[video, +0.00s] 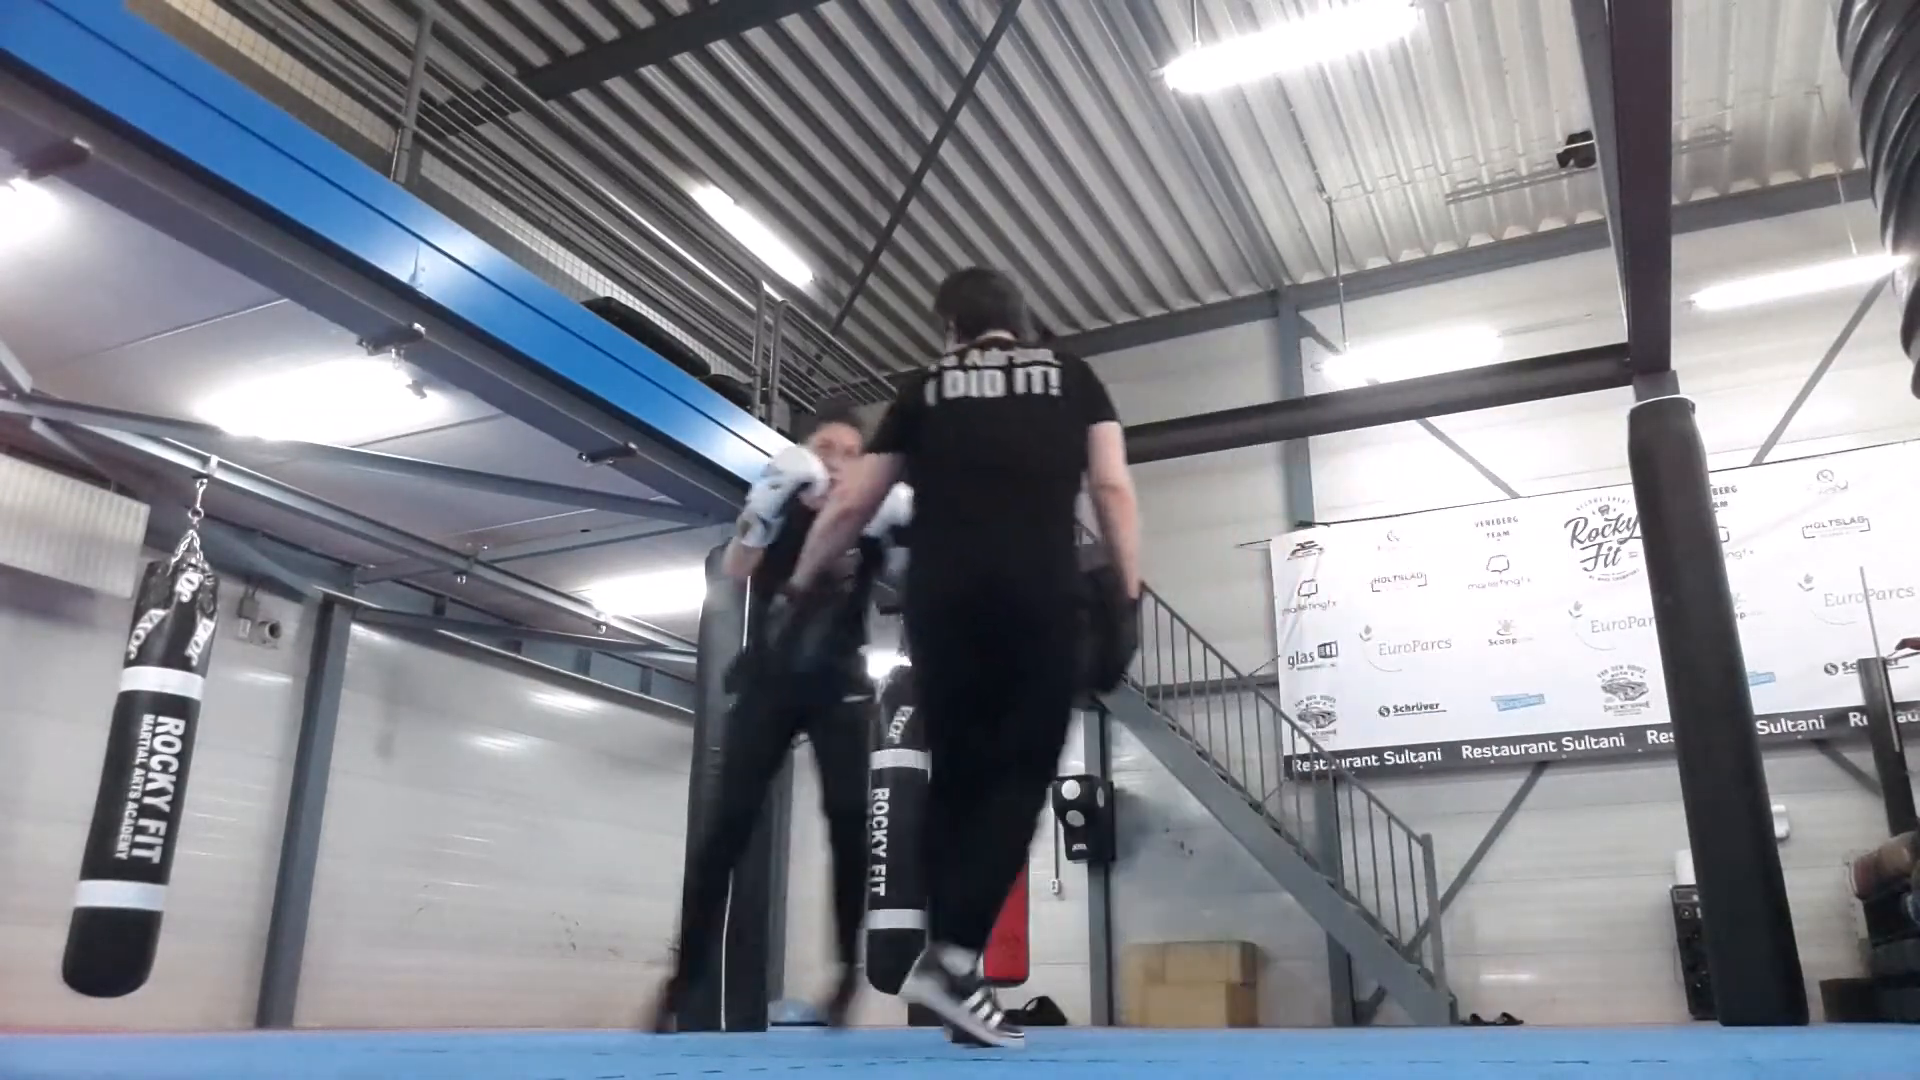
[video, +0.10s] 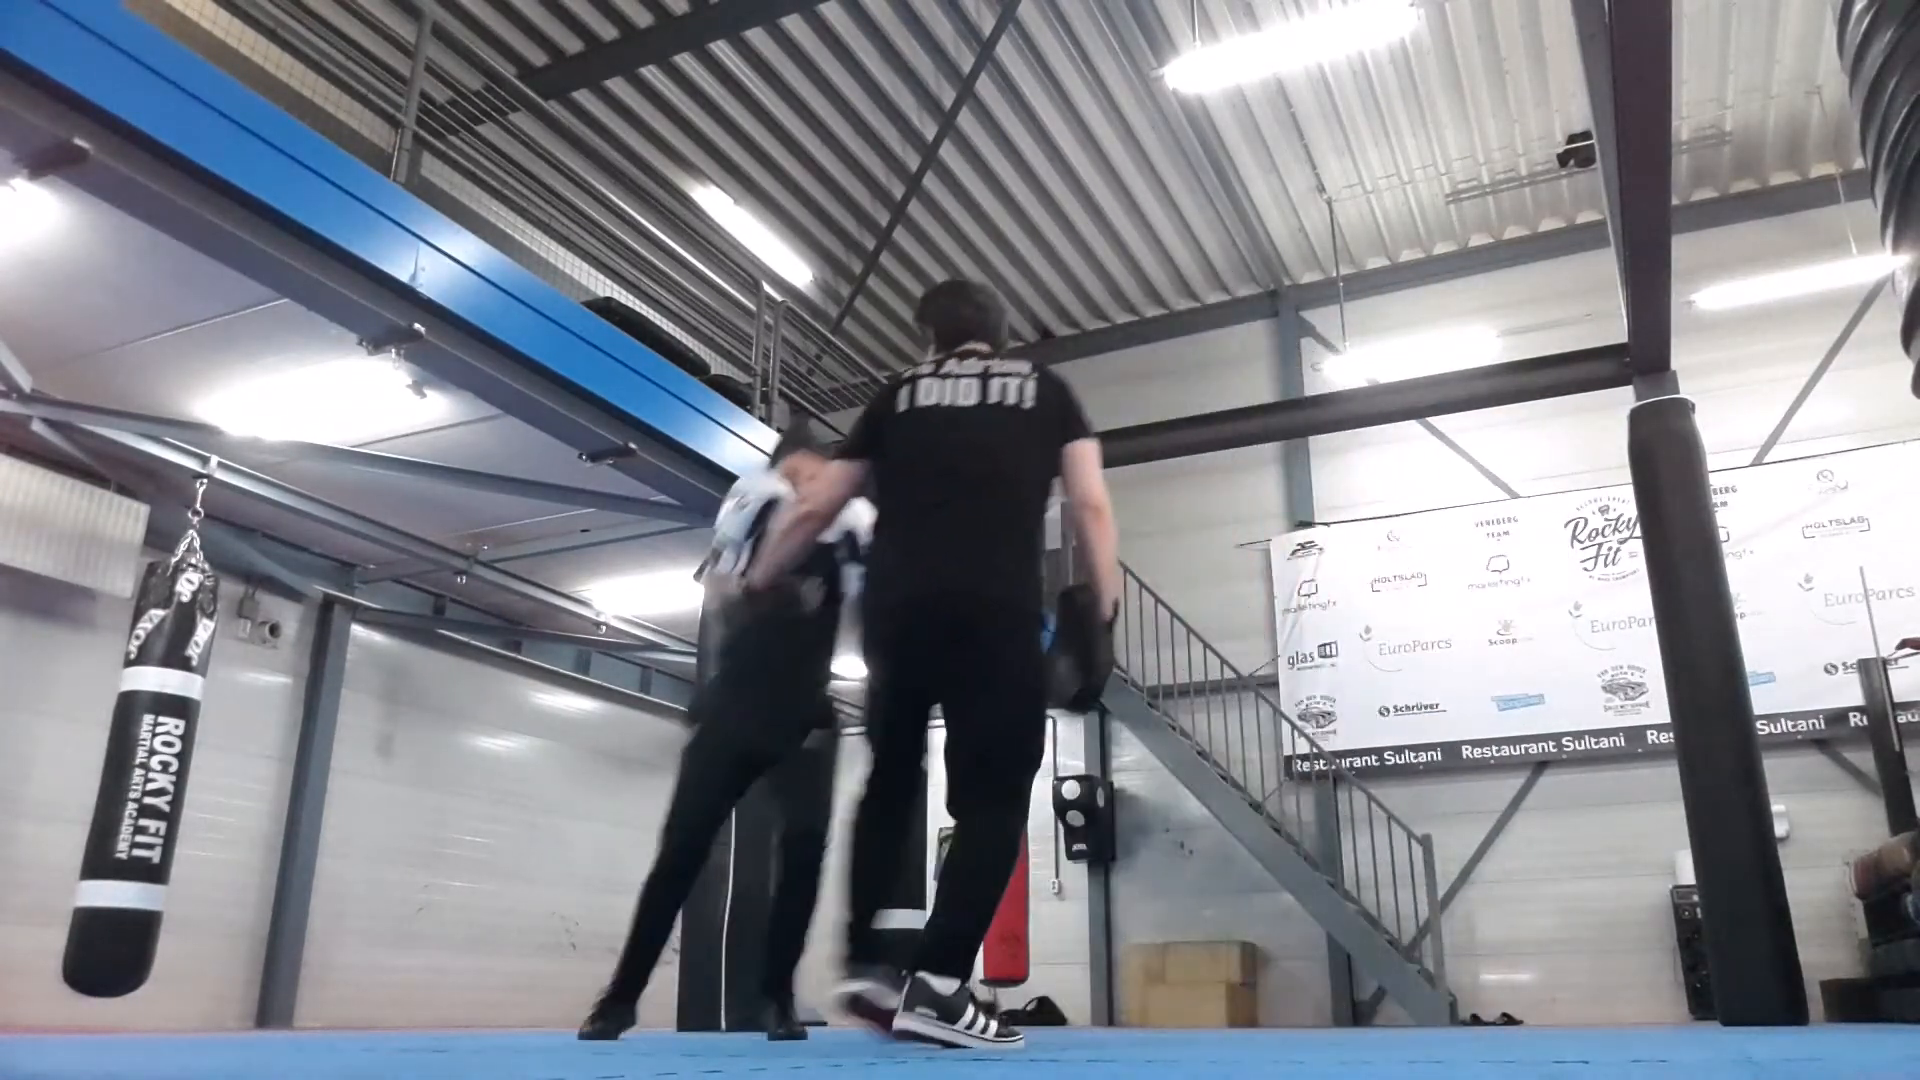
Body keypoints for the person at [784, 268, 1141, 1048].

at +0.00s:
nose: (941, 341)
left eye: (941, 330)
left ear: (951, 330)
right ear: (1019, 322)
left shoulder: (924, 390)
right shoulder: (1073, 375)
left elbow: (852, 501)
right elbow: (1111, 485)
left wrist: (800, 582)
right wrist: (1130, 592)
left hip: (942, 598)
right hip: (1040, 595)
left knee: (958, 771)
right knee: (1022, 778)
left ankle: (960, 977)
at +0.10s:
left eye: (928, 333)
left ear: (929, 338)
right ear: (997, 331)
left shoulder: (897, 396)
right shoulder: (1045, 388)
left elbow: (820, 504)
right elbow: (1091, 505)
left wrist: (758, 577)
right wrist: (1102, 612)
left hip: (900, 617)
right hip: (998, 622)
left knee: (892, 778)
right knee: (993, 806)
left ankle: (868, 964)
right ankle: (941, 985)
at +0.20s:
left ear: (898, 347)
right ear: (972, 343)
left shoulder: (859, 409)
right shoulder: (1005, 399)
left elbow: (764, 509)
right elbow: (1048, 517)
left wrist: (714, 572)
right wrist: (1067, 629)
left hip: (862, 631)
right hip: (959, 633)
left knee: (834, 799)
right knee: (988, 810)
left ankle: (762, 982)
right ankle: (934, 992)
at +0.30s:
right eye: (928, 347)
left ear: (854, 352)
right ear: (926, 349)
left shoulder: (813, 415)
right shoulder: (954, 398)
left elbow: (722, 506)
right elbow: (991, 507)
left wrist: (688, 553)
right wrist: (1025, 620)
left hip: (820, 642)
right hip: (920, 640)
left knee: (766, 808)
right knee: (959, 806)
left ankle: (665, 985)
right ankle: (932, 988)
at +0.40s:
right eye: (874, 350)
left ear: (806, 354)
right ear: (874, 353)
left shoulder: (765, 417)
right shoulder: (896, 402)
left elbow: (679, 508)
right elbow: (938, 498)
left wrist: (661, 546)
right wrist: (976, 615)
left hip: (762, 659)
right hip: (856, 654)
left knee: (716, 825)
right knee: (898, 808)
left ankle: (649, 1001)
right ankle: (920, 987)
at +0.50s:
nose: (839, 362)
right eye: (838, 351)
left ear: (762, 352)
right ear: (830, 354)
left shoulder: (720, 416)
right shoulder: (843, 401)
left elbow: (652, 511)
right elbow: (880, 496)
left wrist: (624, 573)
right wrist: (914, 601)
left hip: (710, 641)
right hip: (806, 637)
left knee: (697, 814)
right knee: (813, 807)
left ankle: (650, 999)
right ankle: (833, 986)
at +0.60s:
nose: (808, 351)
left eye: (803, 341)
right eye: (804, 340)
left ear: (725, 343)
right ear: (790, 343)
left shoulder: (685, 411)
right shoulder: (805, 392)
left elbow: (632, 529)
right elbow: (832, 486)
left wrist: (597, 612)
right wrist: (861, 596)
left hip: (670, 630)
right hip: (752, 627)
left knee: (672, 800)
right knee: (749, 786)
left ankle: (646, 985)